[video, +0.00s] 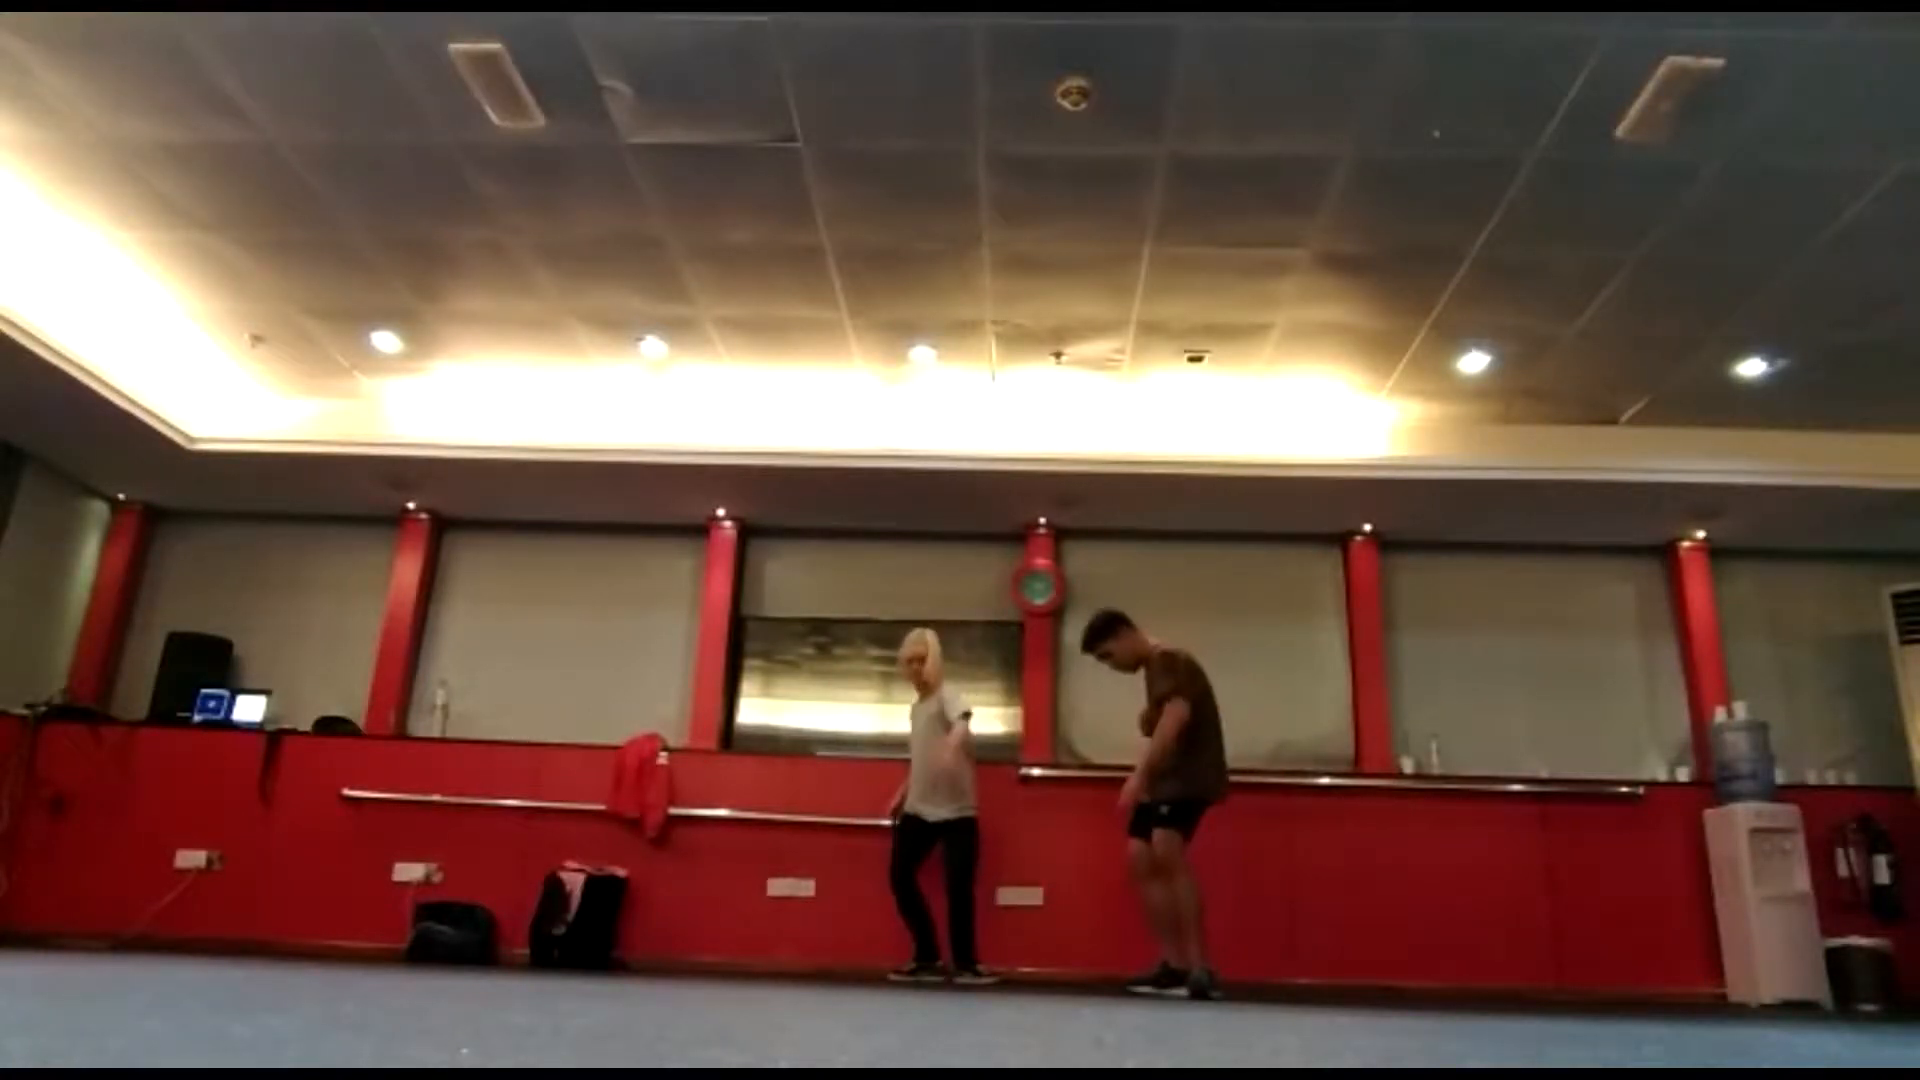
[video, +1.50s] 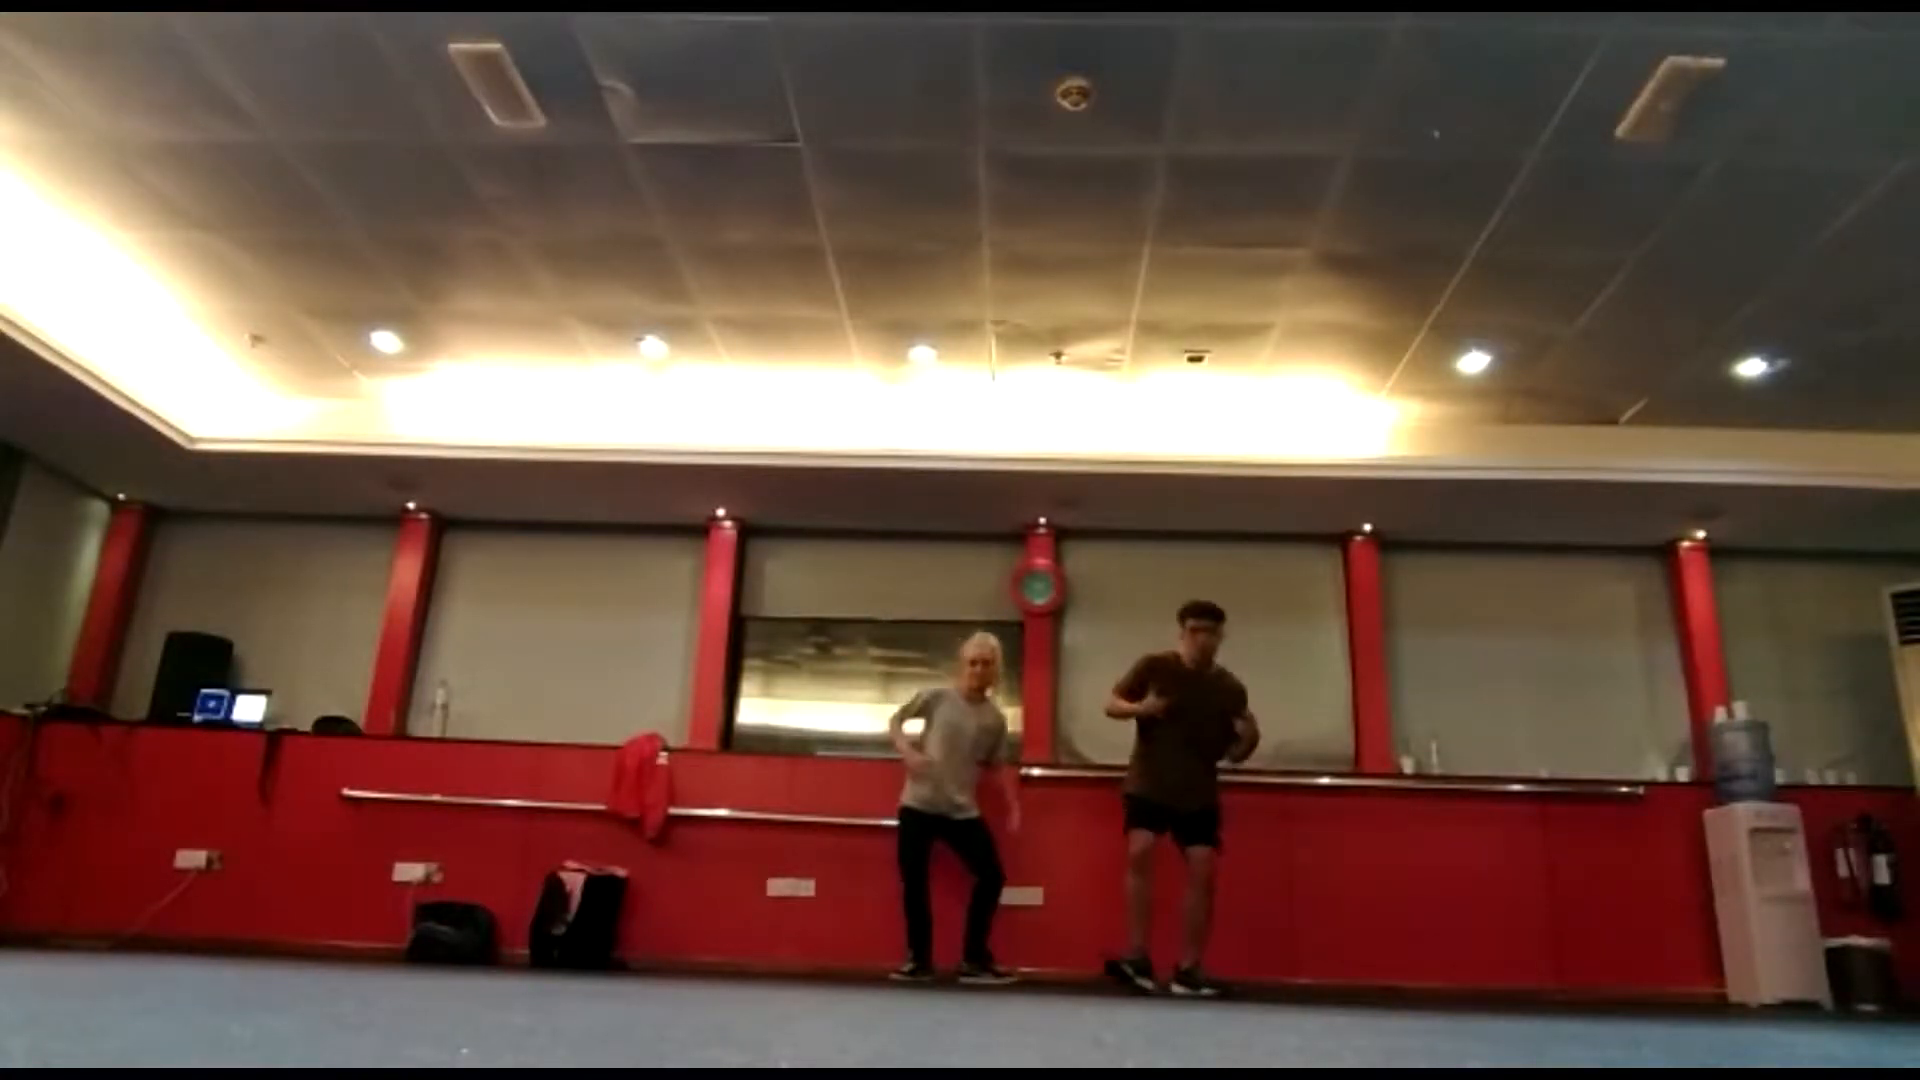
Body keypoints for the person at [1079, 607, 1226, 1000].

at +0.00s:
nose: (1111, 665)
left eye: (1108, 655)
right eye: (1104, 659)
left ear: (1125, 637)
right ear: (1121, 643)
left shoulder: (1170, 665)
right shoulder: (1155, 671)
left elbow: (1174, 720)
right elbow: (1162, 734)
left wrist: (1137, 778)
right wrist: (1148, 781)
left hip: (1191, 780)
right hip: (1166, 780)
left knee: (1166, 852)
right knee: (1140, 857)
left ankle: (1197, 967)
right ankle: (1173, 963)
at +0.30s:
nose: (1109, 659)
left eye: (1110, 649)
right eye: (1101, 654)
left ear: (1123, 632)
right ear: (1095, 651)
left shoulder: (1173, 651)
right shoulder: (1112, 683)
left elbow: (1214, 692)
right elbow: (1114, 741)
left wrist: (1167, 739)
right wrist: (1101, 700)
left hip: (1201, 768)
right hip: (1154, 775)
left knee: (1198, 847)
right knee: (1143, 857)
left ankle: (1218, 962)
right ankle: (1172, 963)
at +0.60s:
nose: (1150, 660)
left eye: (1156, 652)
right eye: (1142, 652)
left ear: (1167, 645)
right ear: (1130, 648)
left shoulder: (1191, 676)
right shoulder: (1114, 684)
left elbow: (1224, 724)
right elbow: (1119, 740)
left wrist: (1200, 701)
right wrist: (1146, 691)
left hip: (1193, 783)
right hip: (1144, 785)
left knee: (1217, 872)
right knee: (1131, 863)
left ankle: (1194, 965)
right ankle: (1169, 962)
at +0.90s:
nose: (1204, 658)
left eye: (1211, 652)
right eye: (1200, 649)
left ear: (1218, 647)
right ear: (1188, 636)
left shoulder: (1215, 674)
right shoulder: (1148, 663)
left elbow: (1221, 720)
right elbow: (1118, 712)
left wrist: (1236, 733)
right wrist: (1172, 714)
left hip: (1194, 788)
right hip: (1150, 787)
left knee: (1195, 875)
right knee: (1152, 868)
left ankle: (1189, 966)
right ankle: (1158, 960)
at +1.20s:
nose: (1215, 667)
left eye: (1222, 660)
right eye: (1210, 656)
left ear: (1224, 661)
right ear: (1193, 648)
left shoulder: (1211, 704)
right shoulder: (1158, 678)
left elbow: (1226, 758)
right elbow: (1122, 719)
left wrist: (1247, 740)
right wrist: (1172, 715)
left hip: (1203, 799)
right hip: (1163, 796)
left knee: (1225, 869)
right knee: (1179, 863)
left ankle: (1190, 966)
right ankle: (1158, 964)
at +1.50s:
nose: (1202, 640)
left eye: (1210, 633)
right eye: (1195, 631)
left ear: (1220, 637)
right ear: (1182, 633)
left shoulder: (1227, 687)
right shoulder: (1154, 668)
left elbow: (1249, 733)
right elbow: (1113, 705)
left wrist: (1233, 755)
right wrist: (1142, 708)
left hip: (1198, 787)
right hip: (1150, 783)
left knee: (1203, 868)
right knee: (1139, 854)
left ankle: (1190, 966)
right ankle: (1138, 957)